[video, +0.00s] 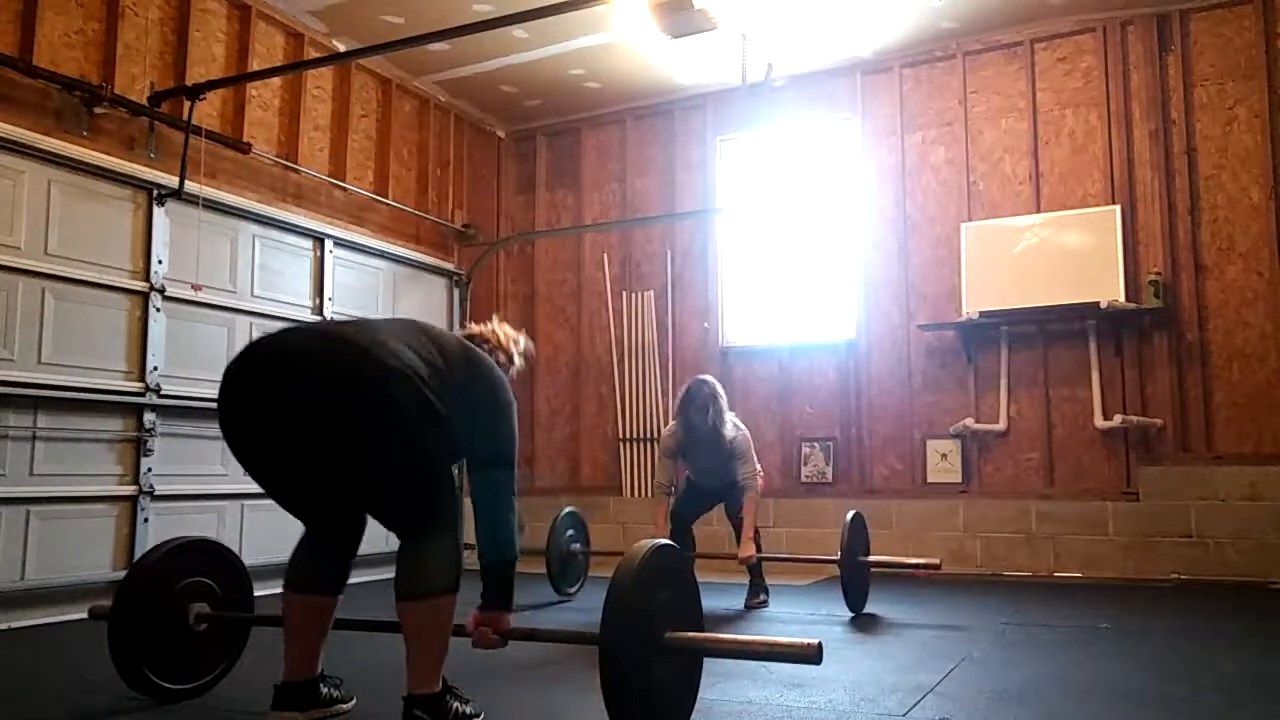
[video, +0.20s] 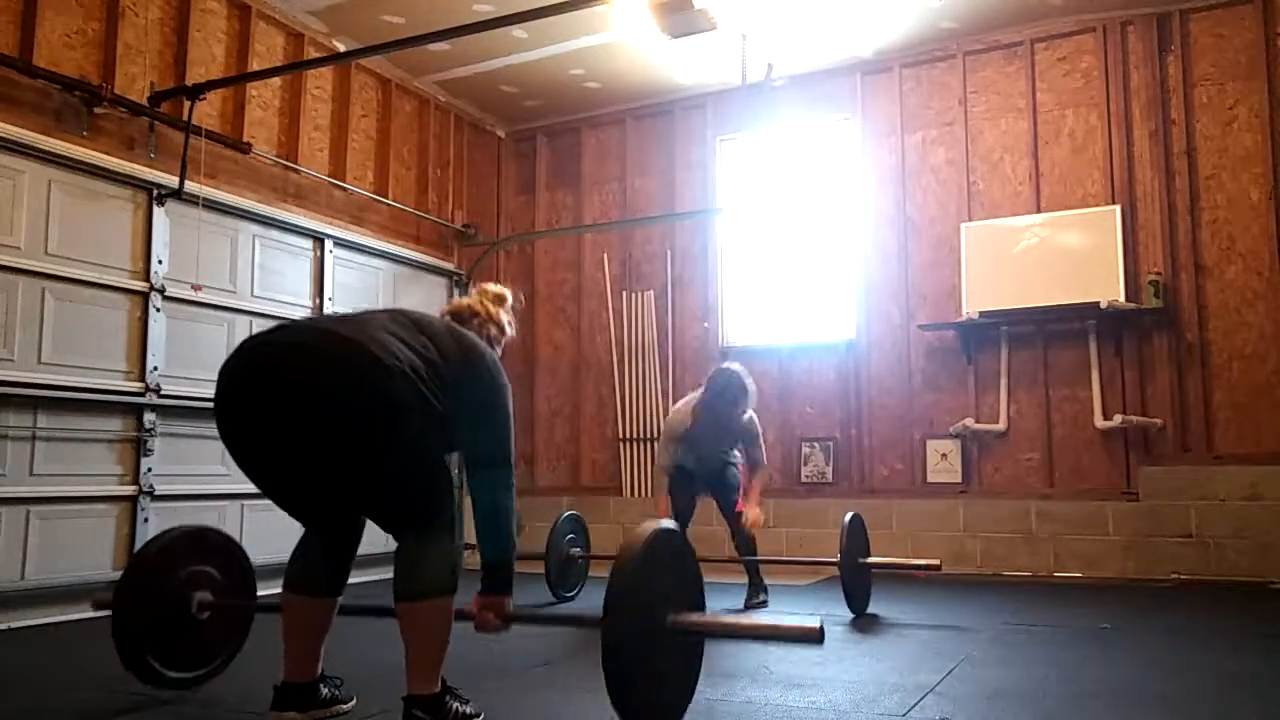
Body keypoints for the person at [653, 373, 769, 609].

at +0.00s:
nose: (706, 418)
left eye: (711, 410)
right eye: (700, 411)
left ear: (719, 407)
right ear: (687, 409)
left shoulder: (735, 434)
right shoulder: (673, 437)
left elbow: (751, 484)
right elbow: (662, 487)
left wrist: (748, 539)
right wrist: (661, 535)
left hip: (734, 486)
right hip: (700, 487)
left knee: (741, 521)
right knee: (679, 518)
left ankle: (757, 585)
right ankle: (684, 584)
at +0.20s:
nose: (736, 415)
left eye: (739, 409)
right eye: (730, 409)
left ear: (743, 403)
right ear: (712, 399)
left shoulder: (746, 420)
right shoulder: (681, 416)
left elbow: (759, 465)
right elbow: (664, 466)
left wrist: (752, 503)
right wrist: (662, 506)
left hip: (724, 464)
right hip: (686, 464)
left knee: (737, 520)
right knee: (677, 526)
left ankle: (756, 584)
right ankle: (672, 587)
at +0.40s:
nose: (763, 401)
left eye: (765, 395)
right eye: (763, 394)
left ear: (758, 389)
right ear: (743, 382)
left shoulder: (747, 400)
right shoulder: (703, 389)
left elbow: (740, 439)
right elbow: (662, 431)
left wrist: (743, 475)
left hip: (701, 443)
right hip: (669, 445)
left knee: (732, 494)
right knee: (686, 509)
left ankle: (729, 562)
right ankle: (680, 574)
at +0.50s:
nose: (769, 400)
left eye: (773, 396)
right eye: (770, 394)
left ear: (766, 391)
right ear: (759, 383)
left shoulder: (750, 402)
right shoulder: (717, 387)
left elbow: (742, 443)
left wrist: (743, 482)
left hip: (699, 437)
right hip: (672, 435)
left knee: (723, 493)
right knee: (684, 499)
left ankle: (699, 551)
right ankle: (656, 567)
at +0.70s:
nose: (780, 452)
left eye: (784, 448)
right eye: (781, 445)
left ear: (779, 437)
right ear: (771, 432)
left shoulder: (758, 440)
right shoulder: (733, 432)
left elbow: (766, 487)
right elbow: (731, 493)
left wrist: (776, 532)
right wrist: (748, 542)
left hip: (692, 455)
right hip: (664, 445)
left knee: (700, 511)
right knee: (675, 512)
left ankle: (681, 570)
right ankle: (638, 575)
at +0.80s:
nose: (781, 488)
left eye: (787, 484)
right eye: (781, 483)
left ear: (788, 469)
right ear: (777, 467)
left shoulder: (774, 459)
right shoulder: (746, 458)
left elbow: (781, 507)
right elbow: (748, 522)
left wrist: (795, 550)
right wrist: (767, 571)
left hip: (699, 445)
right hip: (678, 436)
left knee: (690, 510)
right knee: (668, 508)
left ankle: (662, 558)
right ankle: (624, 560)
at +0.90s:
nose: (803, 512)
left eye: (808, 509)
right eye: (807, 507)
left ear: (806, 492)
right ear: (801, 496)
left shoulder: (787, 486)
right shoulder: (765, 487)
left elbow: (794, 540)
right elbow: (749, 542)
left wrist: (801, 585)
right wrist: (755, 595)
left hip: (701, 474)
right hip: (688, 464)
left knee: (671, 524)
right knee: (651, 526)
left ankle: (620, 541)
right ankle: (594, 541)